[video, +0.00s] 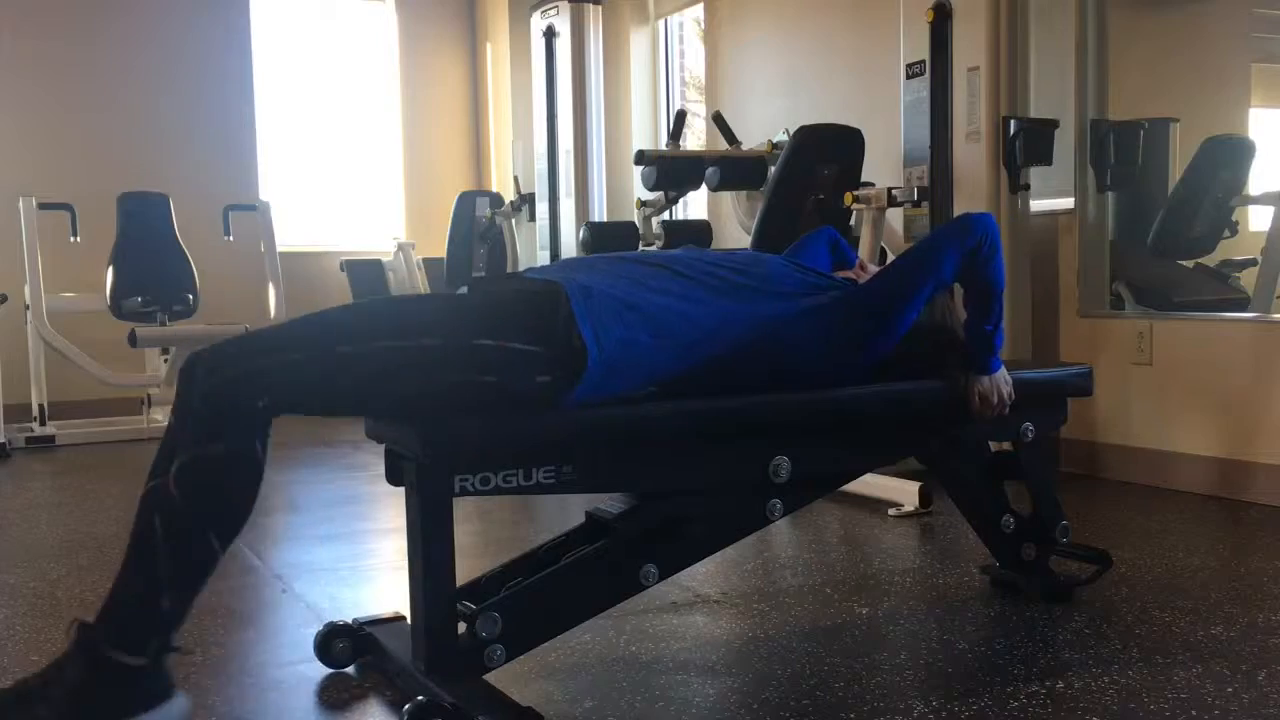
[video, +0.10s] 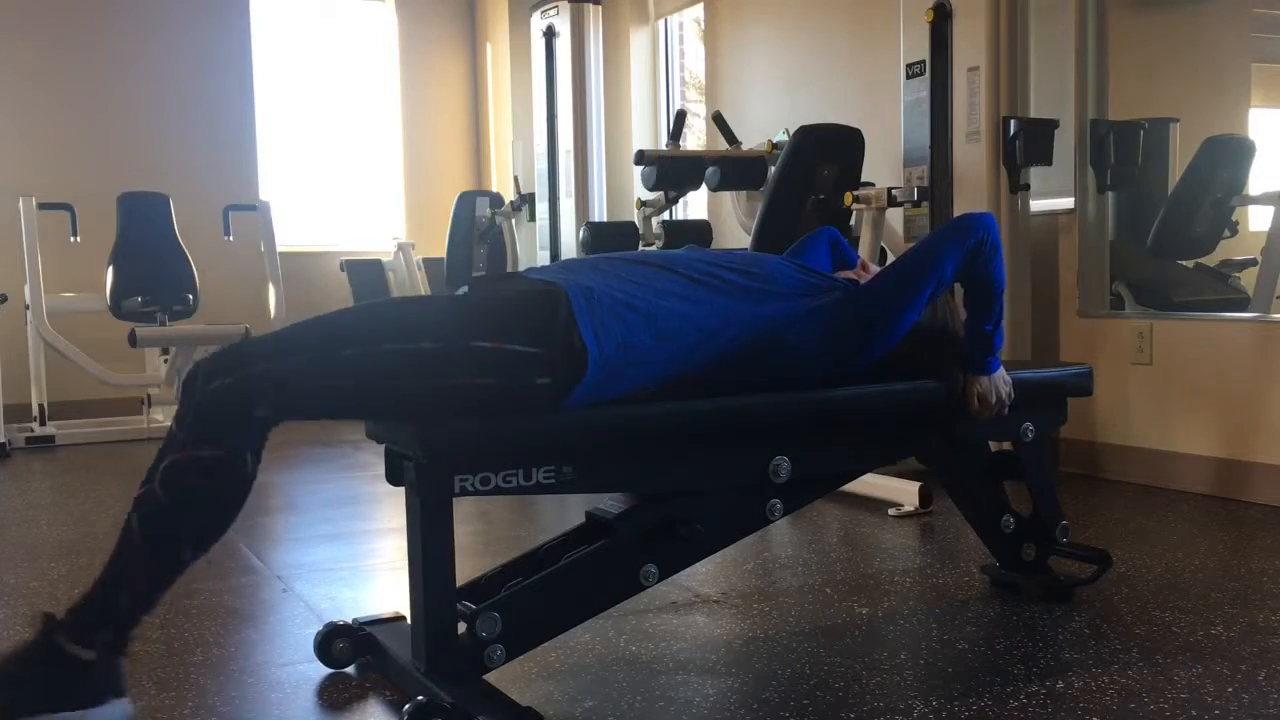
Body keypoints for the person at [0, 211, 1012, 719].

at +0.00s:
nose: (840, 234)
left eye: (850, 231)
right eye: (835, 226)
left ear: (856, 272)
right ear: (813, 250)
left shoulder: (844, 313)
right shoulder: (735, 273)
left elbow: (974, 223)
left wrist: (973, 347)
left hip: (541, 332)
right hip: (504, 304)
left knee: (225, 377)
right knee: (223, 368)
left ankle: (127, 656)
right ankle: (129, 640)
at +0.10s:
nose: (849, 242)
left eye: (865, 248)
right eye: (848, 238)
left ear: (874, 283)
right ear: (822, 261)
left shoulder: (850, 315)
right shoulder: (747, 277)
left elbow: (974, 222)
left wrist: (970, 339)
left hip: (543, 334)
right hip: (508, 304)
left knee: (230, 385)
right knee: (232, 371)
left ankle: (91, 645)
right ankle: (95, 629)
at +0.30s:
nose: (852, 246)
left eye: (871, 253)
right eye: (852, 240)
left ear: (880, 287)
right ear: (829, 260)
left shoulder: (851, 317)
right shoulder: (752, 279)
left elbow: (973, 215)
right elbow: (820, 184)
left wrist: (966, 334)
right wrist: (873, 253)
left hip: (543, 335)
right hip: (506, 306)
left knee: (226, 371)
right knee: (223, 363)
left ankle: (56, 640)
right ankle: (57, 627)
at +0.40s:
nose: (865, 249)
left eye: (884, 256)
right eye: (862, 238)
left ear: (892, 292)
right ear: (834, 242)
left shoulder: (856, 324)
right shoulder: (781, 276)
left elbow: (974, 233)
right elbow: (810, 169)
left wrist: (946, 304)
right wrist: (864, 227)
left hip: (531, 345)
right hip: (503, 297)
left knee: (226, 314)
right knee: (323, 278)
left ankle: (63, 575)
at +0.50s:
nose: (868, 254)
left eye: (885, 262)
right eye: (870, 251)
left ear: (903, 306)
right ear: (848, 270)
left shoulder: (854, 325)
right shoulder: (776, 278)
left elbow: (976, 213)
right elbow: (828, 167)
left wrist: (966, 326)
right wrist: (877, 263)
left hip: (531, 339)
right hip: (506, 305)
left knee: (241, 224)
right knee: (260, 221)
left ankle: (77, 458)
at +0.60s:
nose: (838, 240)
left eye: (854, 239)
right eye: (835, 235)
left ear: (870, 287)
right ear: (814, 258)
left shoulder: (841, 318)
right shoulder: (757, 275)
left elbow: (975, 217)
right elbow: (826, 145)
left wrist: (965, 335)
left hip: (534, 340)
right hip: (513, 304)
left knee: (305, 147)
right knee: (309, 144)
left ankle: (79, 322)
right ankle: (126, 289)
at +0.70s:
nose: (867, 245)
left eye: (885, 254)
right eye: (864, 239)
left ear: (897, 309)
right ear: (837, 249)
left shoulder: (850, 330)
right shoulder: (782, 280)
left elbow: (981, 227)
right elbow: (822, 161)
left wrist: (944, 321)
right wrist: (867, 246)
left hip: (539, 350)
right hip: (526, 317)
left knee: (394, 88)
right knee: (394, 85)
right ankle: (114, 150)